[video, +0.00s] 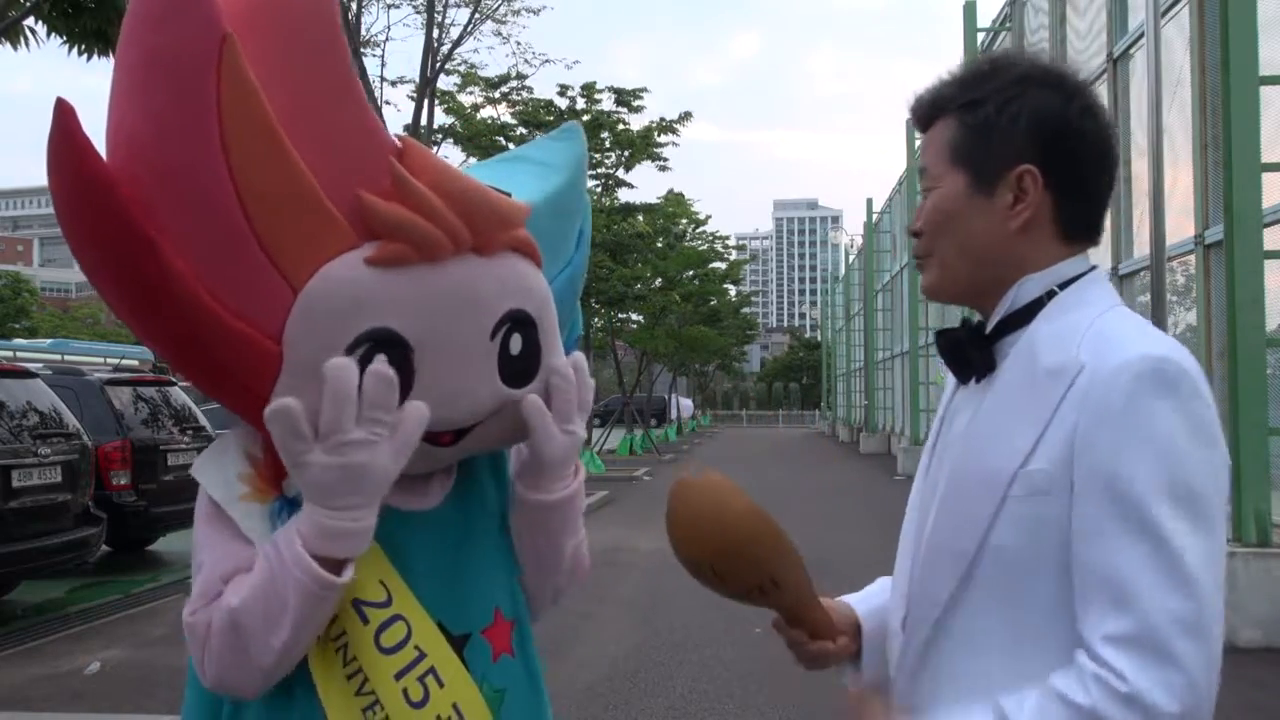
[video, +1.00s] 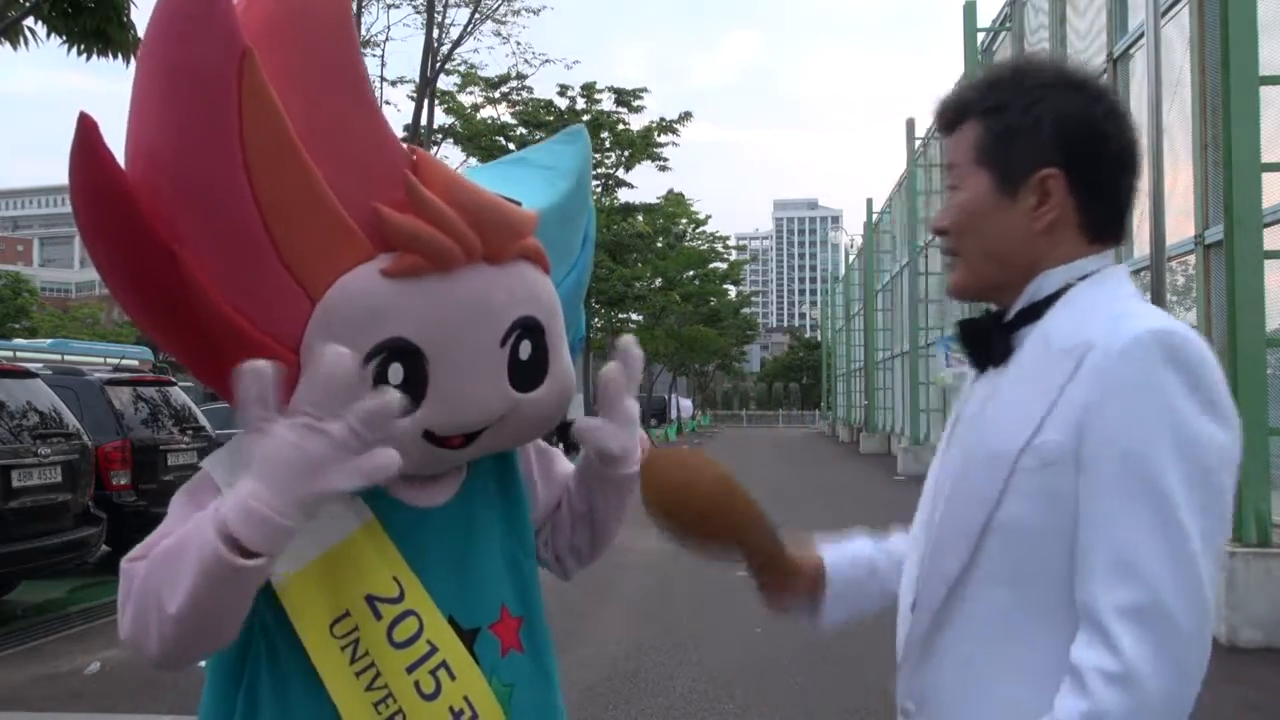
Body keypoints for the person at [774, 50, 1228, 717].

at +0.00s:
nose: (914, 222)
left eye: (929, 186)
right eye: (920, 190)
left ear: (1019, 195)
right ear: (1019, 198)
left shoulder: (1136, 376)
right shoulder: (985, 364)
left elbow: (1151, 686)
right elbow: (959, 580)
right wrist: (855, 622)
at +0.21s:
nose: (871, 228)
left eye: (887, 191)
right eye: (879, 195)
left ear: (974, 199)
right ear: (970, 202)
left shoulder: (1092, 373)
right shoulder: (947, 365)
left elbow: (1125, 680)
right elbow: (940, 582)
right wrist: (834, 631)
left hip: (1011, 707)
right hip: (915, 706)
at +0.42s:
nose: (831, 245)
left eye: (844, 211)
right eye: (836, 215)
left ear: (929, 216)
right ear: (923, 219)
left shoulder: (1059, 372)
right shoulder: (907, 385)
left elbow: (1160, 672)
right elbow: (908, 593)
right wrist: (820, 655)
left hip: (1035, 709)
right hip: (924, 709)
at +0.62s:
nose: (844, 250)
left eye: (858, 215)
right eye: (850, 218)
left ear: (939, 222)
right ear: (938, 224)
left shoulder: (1060, 372)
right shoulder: (928, 384)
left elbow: (1129, 671)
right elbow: (921, 598)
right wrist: (811, 659)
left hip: (1023, 706)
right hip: (926, 705)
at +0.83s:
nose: (893, 232)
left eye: (908, 198)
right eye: (899, 202)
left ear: (992, 207)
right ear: (992, 210)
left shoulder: (1109, 361)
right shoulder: (967, 365)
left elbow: (1123, 669)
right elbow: (945, 579)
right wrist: (828, 630)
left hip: (1016, 705)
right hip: (930, 703)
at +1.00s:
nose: (935, 222)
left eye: (954, 186)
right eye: (943, 190)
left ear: (1042, 198)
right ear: (1035, 200)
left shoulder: (1142, 356)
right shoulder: (1011, 356)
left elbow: (1139, 668)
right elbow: (964, 551)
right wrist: (823, 574)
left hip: (1020, 705)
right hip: (931, 701)